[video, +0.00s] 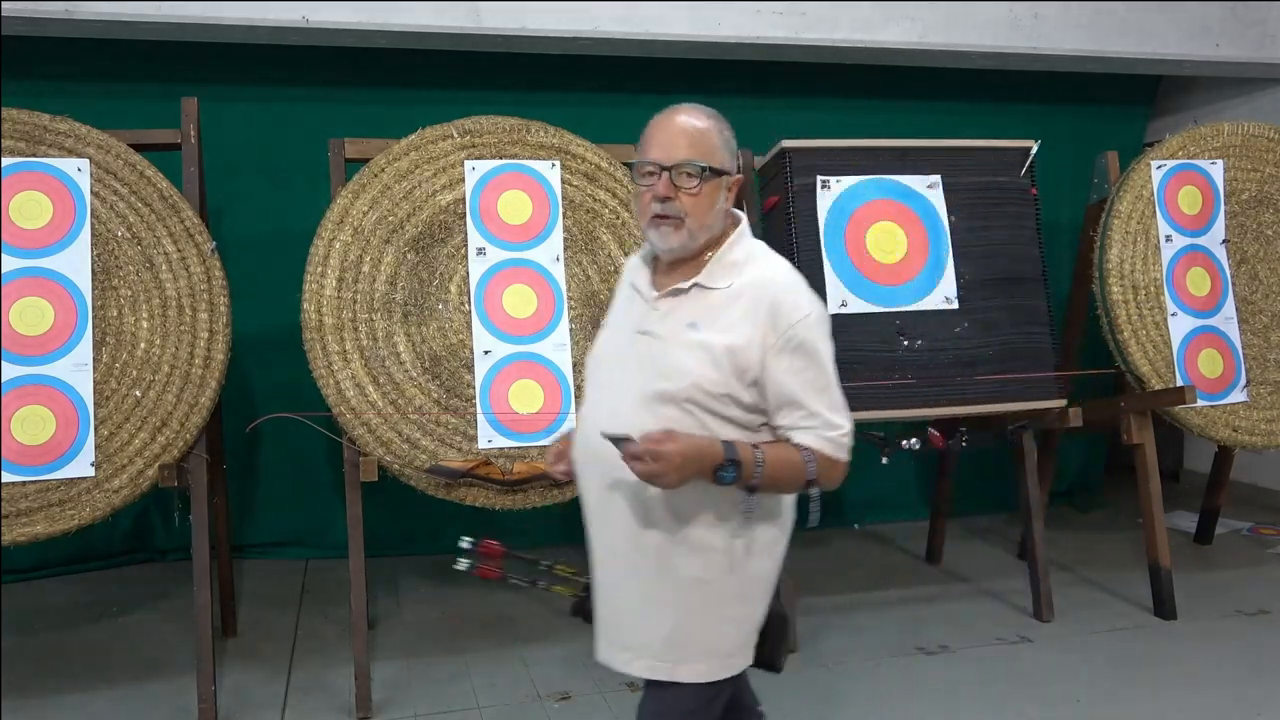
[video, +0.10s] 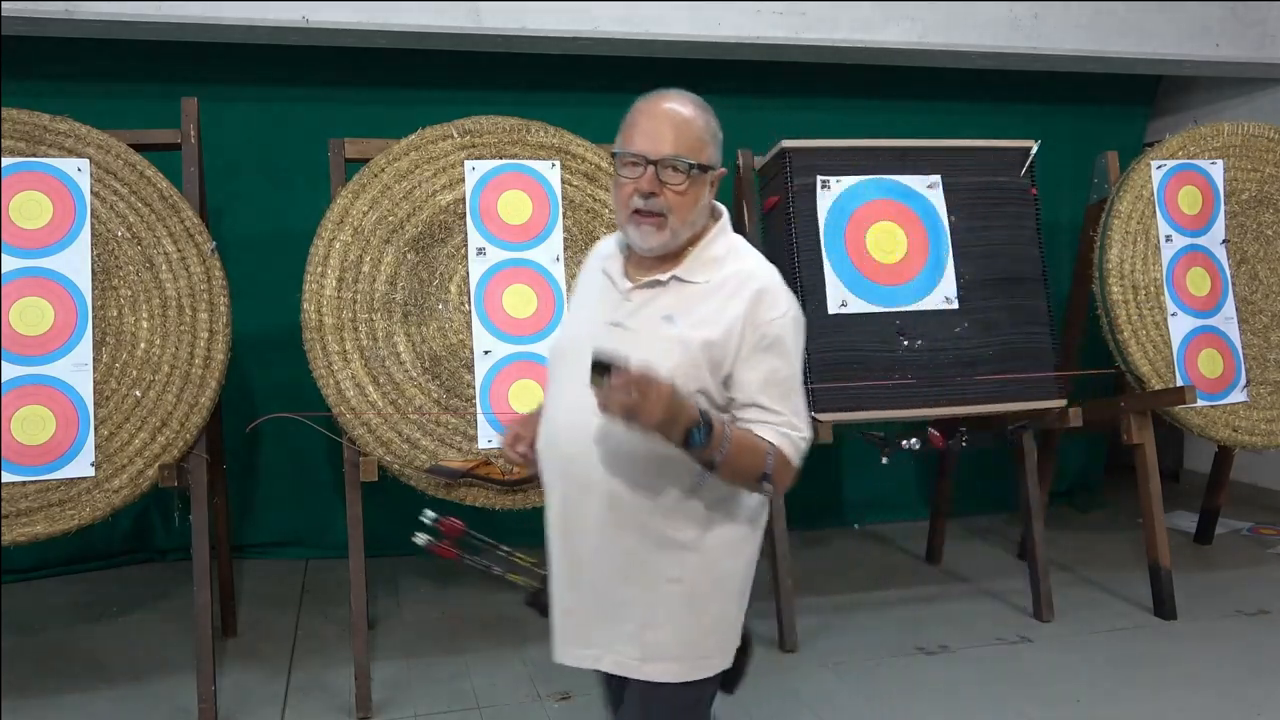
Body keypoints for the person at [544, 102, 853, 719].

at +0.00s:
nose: (662, 192)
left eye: (688, 175)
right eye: (649, 175)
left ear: (732, 188)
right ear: (634, 184)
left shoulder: (778, 297)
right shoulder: (640, 272)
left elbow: (827, 459)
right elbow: (660, 395)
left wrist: (715, 459)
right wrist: (587, 444)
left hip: (707, 609)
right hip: (640, 591)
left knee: (669, 710)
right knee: (723, 705)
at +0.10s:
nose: (647, 187)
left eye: (674, 169)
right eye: (632, 164)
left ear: (712, 184)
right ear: (613, 171)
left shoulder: (755, 293)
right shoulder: (602, 261)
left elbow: (778, 463)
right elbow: (597, 388)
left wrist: (682, 420)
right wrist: (547, 428)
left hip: (680, 613)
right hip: (594, 595)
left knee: (661, 710)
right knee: (627, 704)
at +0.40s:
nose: (591, 169)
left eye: (619, 149)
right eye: (571, 145)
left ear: (654, 162)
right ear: (547, 153)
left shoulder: (708, 270)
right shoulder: (501, 264)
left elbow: (751, 445)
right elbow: (462, 380)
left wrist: (636, 380)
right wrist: (449, 416)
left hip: (640, 633)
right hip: (504, 623)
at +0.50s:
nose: (569, 167)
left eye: (596, 148)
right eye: (548, 143)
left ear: (633, 165)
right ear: (522, 155)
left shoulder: (692, 271)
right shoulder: (469, 268)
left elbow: (748, 443)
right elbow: (402, 406)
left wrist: (626, 422)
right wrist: (427, 425)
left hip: (634, 660)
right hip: (484, 649)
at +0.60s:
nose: (546, 170)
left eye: (573, 149)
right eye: (523, 147)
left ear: (608, 162)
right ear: (495, 157)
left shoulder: (675, 277)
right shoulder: (438, 276)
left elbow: (731, 444)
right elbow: (358, 445)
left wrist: (622, 450)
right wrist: (437, 446)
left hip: (624, 668)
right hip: (467, 666)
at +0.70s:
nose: (514, 174)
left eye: (541, 150)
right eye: (489, 150)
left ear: (577, 159)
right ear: (459, 160)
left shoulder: (651, 279)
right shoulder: (402, 288)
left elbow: (715, 443)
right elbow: (325, 464)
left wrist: (628, 460)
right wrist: (411, 469)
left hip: (613, 675)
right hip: (452, 677)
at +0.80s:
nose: (474, 169)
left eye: (501, 143)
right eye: (447, 146)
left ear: (540, 154)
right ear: (417, 161)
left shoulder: (622, 274)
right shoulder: (363, 295)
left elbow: (695, 435)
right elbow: (289, 479)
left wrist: (631, 462)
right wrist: (362, 487)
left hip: (590, 676)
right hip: (423, 682)